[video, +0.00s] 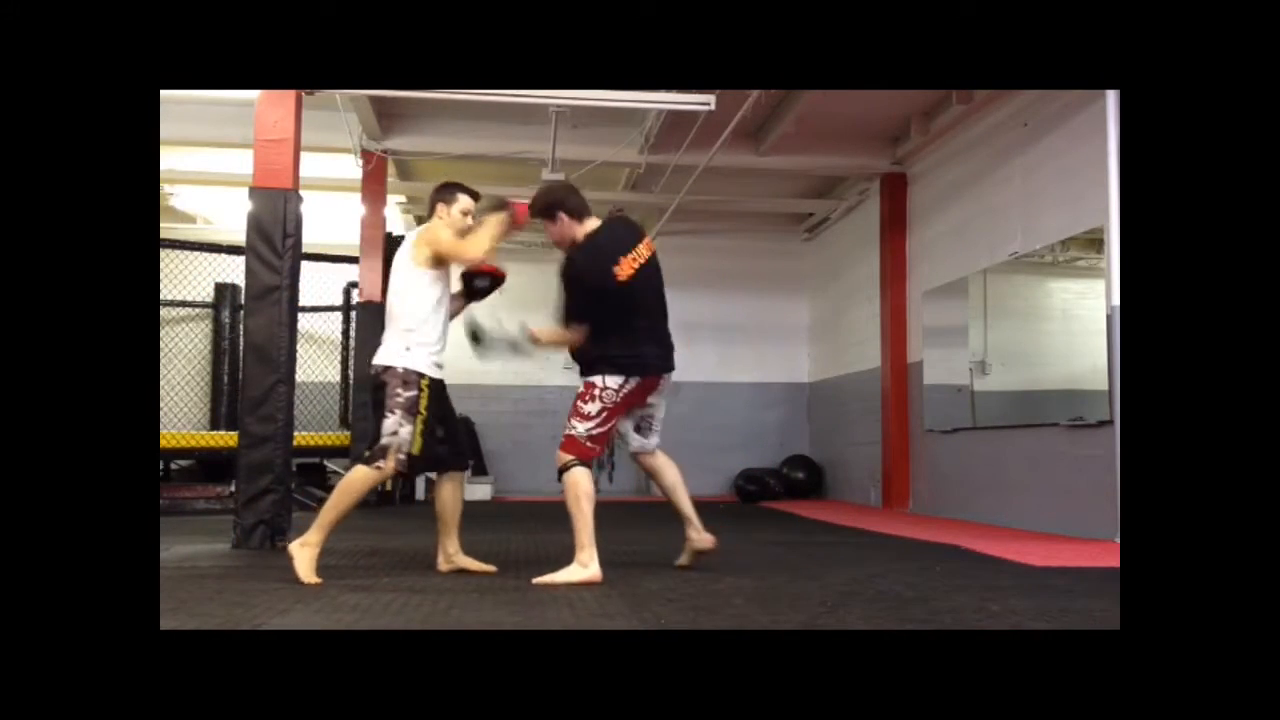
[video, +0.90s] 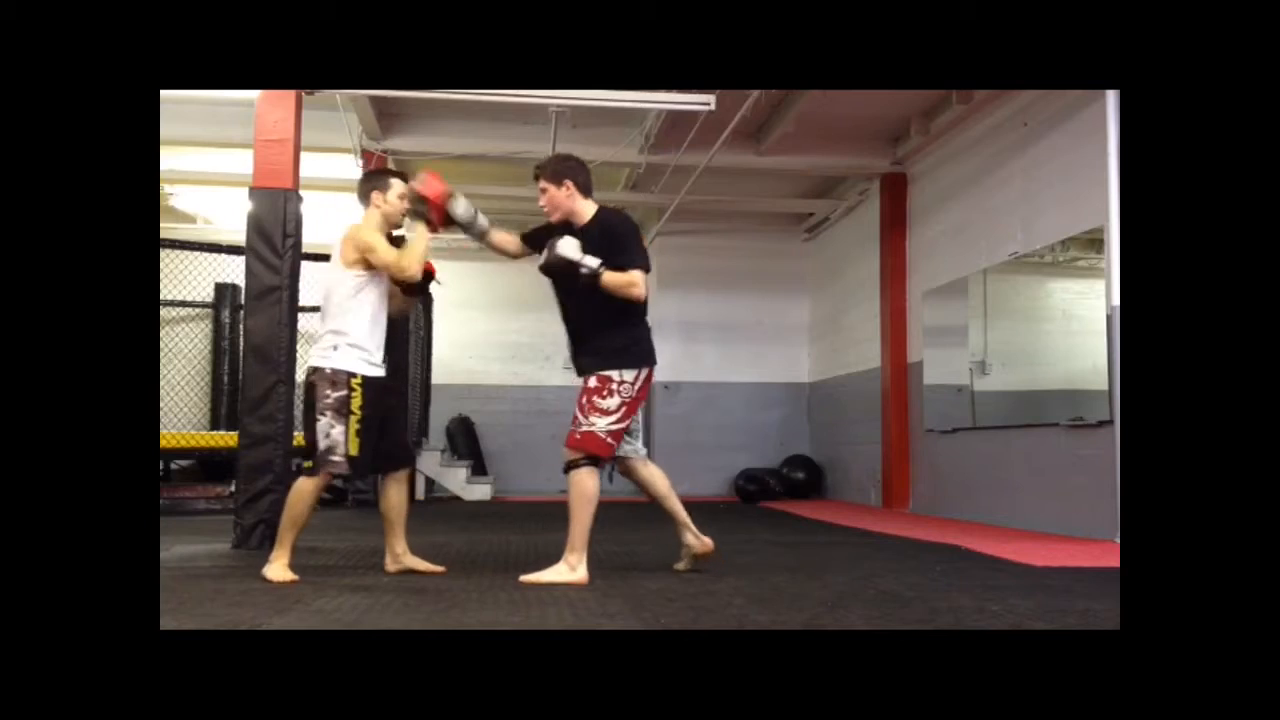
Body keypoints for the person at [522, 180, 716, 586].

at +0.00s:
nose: (547, 236)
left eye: (547, 226)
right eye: (545, 226)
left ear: (563, 218)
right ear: (575, 212)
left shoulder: (580, 263)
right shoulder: (626, 227)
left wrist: (545, 336)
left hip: (616, 368)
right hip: (656, 361)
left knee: (573, 456)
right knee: (646, 450)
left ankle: (585, 561)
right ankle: (696, 532)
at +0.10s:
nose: (550, 226)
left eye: (549, 216)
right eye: (547, 217)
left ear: (566, 207)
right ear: (588, 202)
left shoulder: (571, 249)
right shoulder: (633, 220)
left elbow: (536, 307)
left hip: (616, 364)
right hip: (659, 359)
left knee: (576, 454)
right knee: (647, 449)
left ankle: (586, 561)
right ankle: (694, 535)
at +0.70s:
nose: (553, 210)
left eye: (556, 200)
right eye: (551, 202)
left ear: (580, 194)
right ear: (593, 195)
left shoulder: (583, 225)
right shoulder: (631, 228)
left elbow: (566, 271)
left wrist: (536, 271)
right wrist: (564, 266)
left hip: (614, 359)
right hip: (646, 357)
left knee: (571, 452)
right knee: (648, 455)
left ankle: (572, 561)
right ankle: (699, 545)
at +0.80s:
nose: (543, 204)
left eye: (546, 194)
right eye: (541, 196)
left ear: (570, 189)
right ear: (569, 192)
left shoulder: (605, 227)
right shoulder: (590, 231)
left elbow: (620, 285)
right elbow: (589, 277)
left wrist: (570, 268)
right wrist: (554, 261)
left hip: (616, 362)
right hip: (622, 361)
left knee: (576, 453)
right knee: (635, 455)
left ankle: (573, 562)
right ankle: (695, 540)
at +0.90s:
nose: (541, 201)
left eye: (546, 192)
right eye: (539, 193)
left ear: (570, 189)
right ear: (566, 191)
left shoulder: (615, 226)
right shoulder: (560, 232)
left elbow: (637, 287)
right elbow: (515, 246)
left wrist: (585, 265)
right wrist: (470, 219)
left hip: (623, 364)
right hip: (599, 364)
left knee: (581, 454)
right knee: (627, 456)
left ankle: (574, 563)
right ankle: (692, 536)